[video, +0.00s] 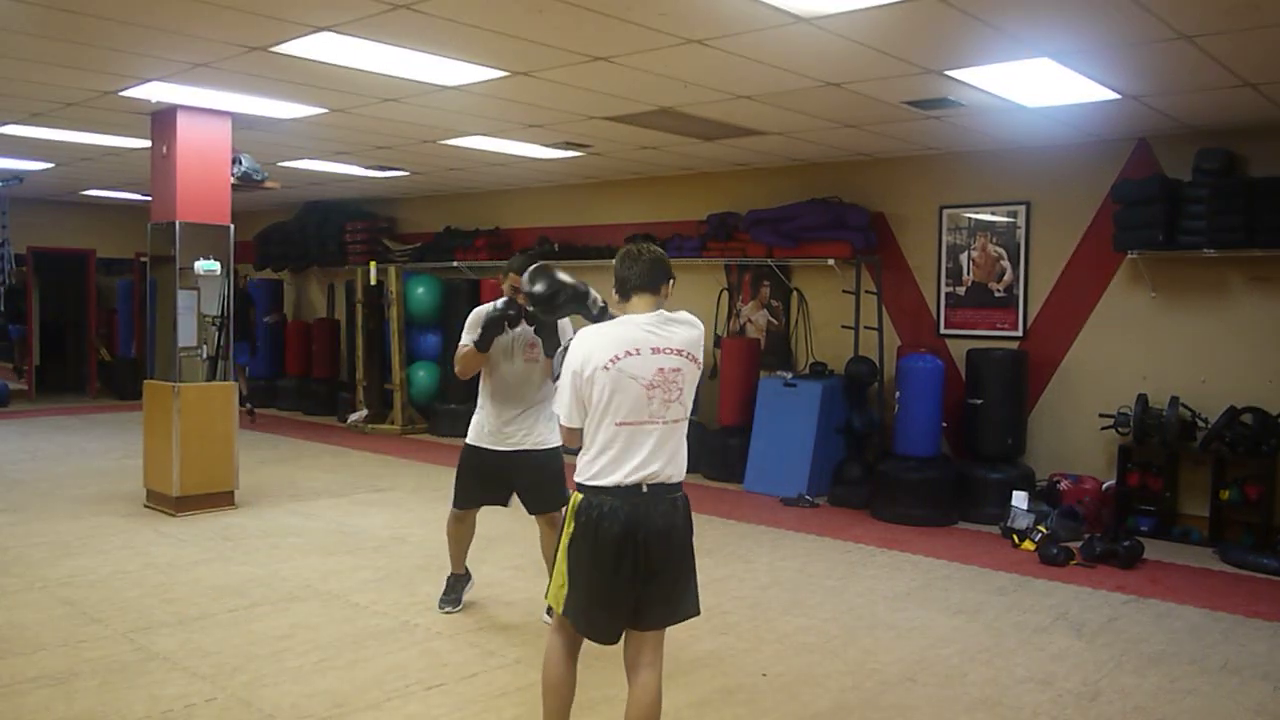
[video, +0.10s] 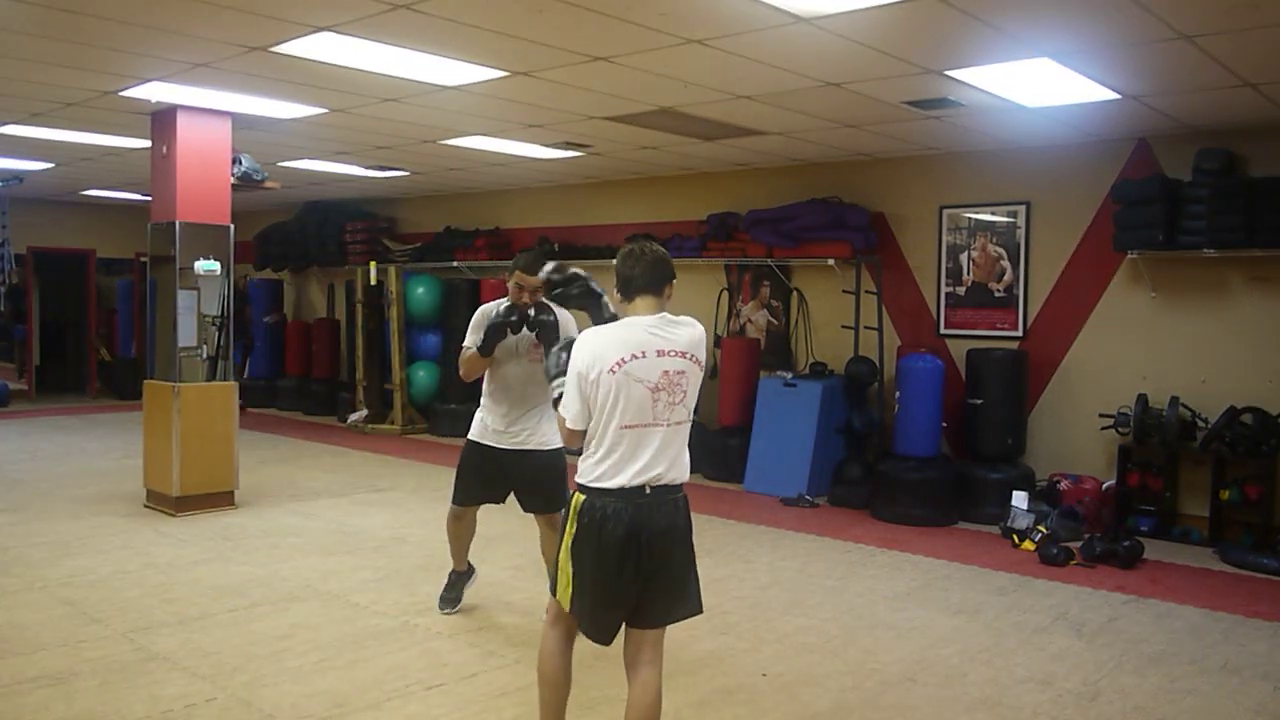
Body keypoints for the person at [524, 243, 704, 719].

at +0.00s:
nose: (672, 292)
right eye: (672, 286)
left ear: (615, 289)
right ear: (667, 289)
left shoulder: (586, 343)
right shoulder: (693, 331)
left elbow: (571, 435)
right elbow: (645, 332)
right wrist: (595, 308)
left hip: (597, 512)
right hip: (666, 511)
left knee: (563, 636)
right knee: (646, 655)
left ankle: (554, 716)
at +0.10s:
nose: (675, 290)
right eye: (674, 284)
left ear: (618, 288)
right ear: (670, 288)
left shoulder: (591, 344)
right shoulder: (694, 335)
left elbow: (572, 433)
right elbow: (646, 339)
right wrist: (601, 306)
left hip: (599, 511)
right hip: (667, 511)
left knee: (560, 621)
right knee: (645, 651)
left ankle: (551, 717)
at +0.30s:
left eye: (600, 285)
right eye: (660, 286)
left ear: (605, 289)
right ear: (658, 289)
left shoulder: (579, 345)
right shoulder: (685, 340)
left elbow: (551, 438)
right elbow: (687, 408)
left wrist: (541, 376)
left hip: (591, 513)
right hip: (661, 513)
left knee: (550, 624)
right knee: (642, 657)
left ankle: (525, 716)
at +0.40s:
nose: (586, 294)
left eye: (587, 288)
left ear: (592, 292)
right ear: (643, 289)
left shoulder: (567, 347)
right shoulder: (673, 343)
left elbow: (536, 437)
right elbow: (676, 412)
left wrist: (582, 411)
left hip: (582, 512)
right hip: (652, 512)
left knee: (544, 625)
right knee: (638, 655)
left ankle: (517, 716)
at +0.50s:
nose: (571, 294)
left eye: (572, 288)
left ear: (577, 293)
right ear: (626, 290)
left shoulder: (550, 349)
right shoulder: (655, 343)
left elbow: (521, 432)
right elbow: (664, 413)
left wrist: (570, 402)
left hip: (573, 513)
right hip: (641, 513)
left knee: (544, 623)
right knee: (631, 656)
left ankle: (519, 716)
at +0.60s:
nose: (555, 298)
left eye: (554, 291)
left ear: (555, 295)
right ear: (603, 293)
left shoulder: (534, 353)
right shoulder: (635, 343)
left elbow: (512, 438)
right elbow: (640, 420)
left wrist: (557, 406)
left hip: (561, 511)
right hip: (628, 509)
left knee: (536, 621)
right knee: (626, 652)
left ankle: (520, 716)